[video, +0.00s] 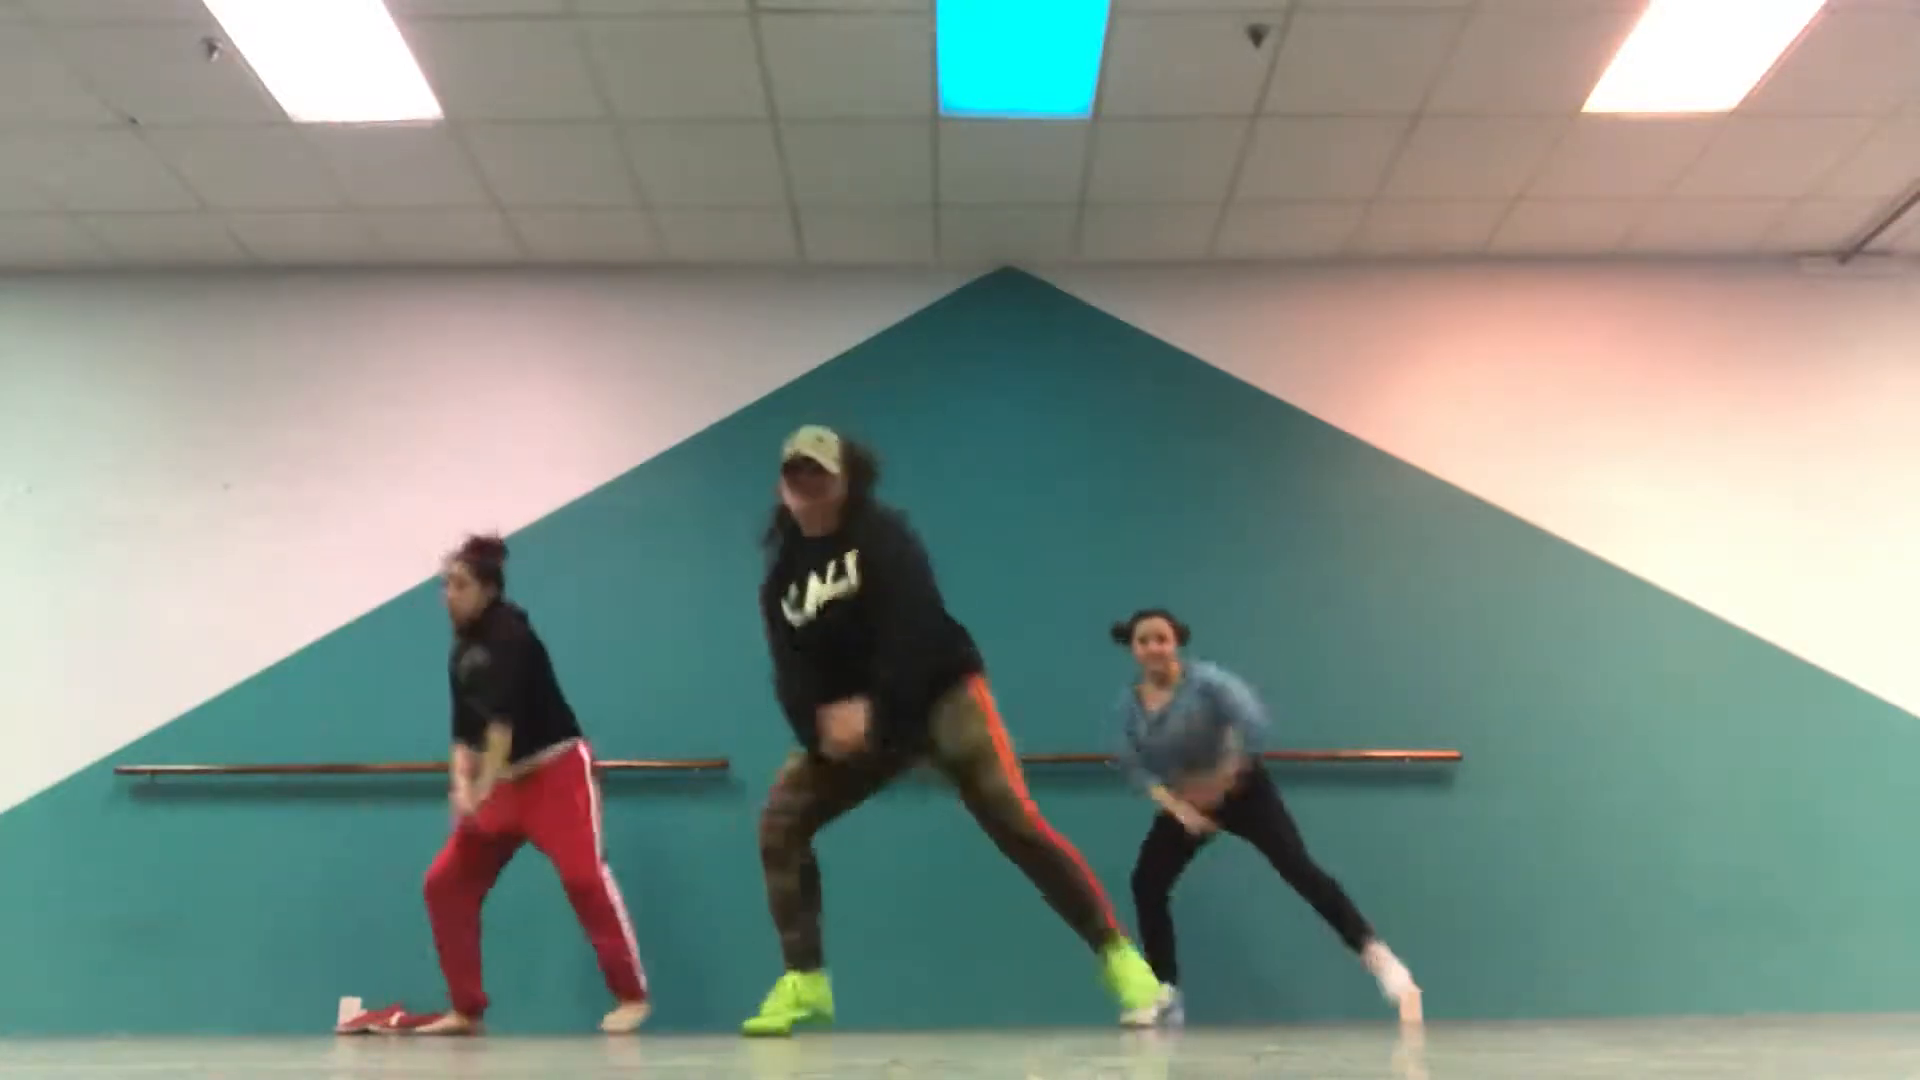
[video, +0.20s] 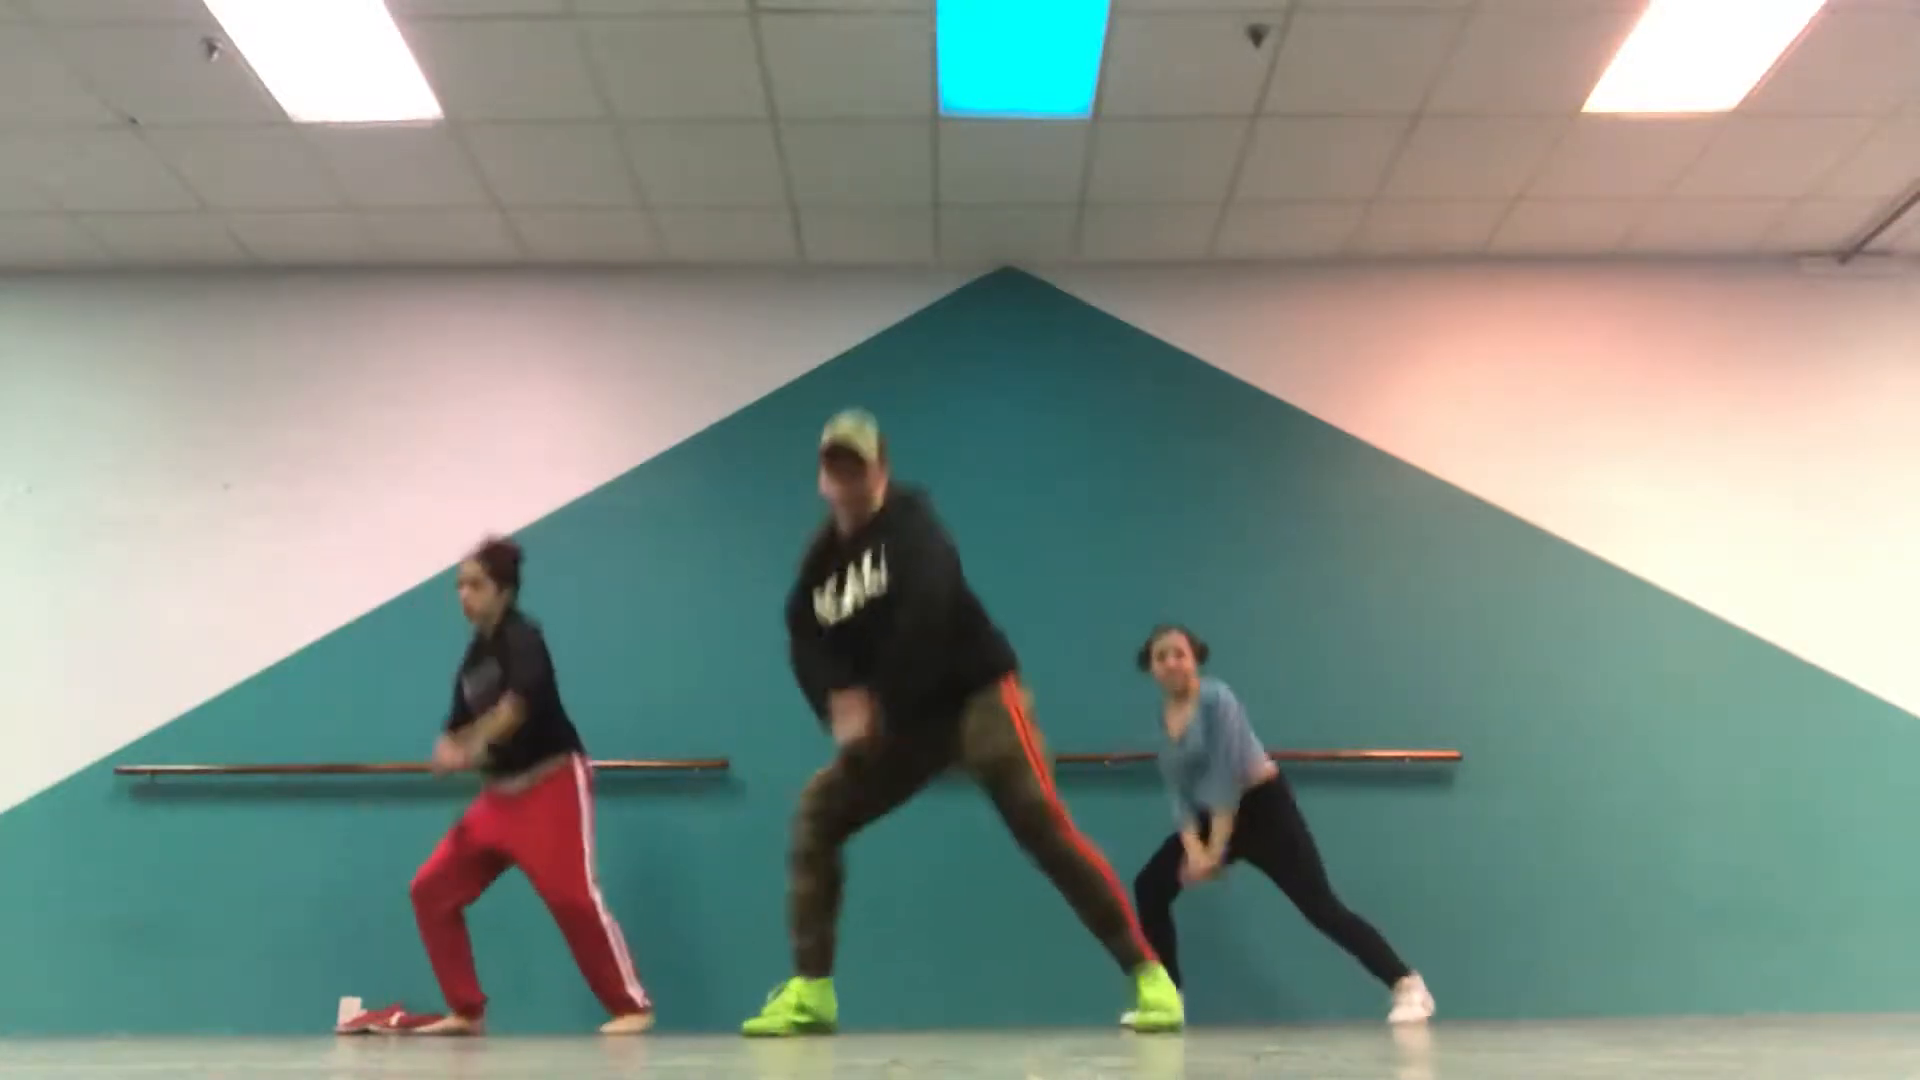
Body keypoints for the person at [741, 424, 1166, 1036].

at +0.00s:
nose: (803, 489)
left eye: (817, 476)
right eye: (792, 477)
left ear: (847, 483)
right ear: (781, 488)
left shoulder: (883, 535)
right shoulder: (781, 576)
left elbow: (913, 628)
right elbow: (789, 667)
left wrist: (878, 709)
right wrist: (817, 723)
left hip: (944, 696)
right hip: (864, 719)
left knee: (1013, 822)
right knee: (781, 824)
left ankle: (1118, 957)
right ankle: (805, 981)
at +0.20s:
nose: (843, 481)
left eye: (855, 468)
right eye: (833, 469)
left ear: (880, 471)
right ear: (821, 478)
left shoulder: (910, 520)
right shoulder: (822, 558)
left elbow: (925, 610)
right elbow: (805, 638)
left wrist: (877, 693)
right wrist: (837, 698)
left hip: (979, 695)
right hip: (904, 716)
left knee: (1038, 821)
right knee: (819, 814)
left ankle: (1147, 975)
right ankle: (811, 988)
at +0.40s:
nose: (879, 450)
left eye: (890, 438)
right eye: (869, 440)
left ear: (914, 441)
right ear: (853, 450)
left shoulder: (936, 489)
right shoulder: (835, 518)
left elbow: (938, 466)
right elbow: (758, 498)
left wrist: (862, 488)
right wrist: (812, 499)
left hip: (986, 655)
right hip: (917, 689)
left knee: (944, 731)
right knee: (925, 839)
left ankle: (1054, 779)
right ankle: (993, 972)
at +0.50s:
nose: (893, 451)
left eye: (904, 441)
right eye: (882, 440)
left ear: (924, 450)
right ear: (865, 451)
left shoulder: (952, 492)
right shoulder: (844, 505)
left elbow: (948, 520)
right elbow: (765, 522)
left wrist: (868, 544)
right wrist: (817, 548)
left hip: (986, 668)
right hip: (912, 693)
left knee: (898, 723)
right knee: (945, 858)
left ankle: (1008, 785)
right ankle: (1009, 982)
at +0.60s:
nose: (894, 438)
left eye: (907, 429)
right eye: (884, 428)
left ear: (928, 442)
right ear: (867, 438)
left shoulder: (956, 499)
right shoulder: (840, 509)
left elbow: (957, 581)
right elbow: (783, 582)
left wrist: (877, 626)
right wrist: (814, 639)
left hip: (973, 668)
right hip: (904, 685)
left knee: (903, 746)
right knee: (947, 842)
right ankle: (1007, 974)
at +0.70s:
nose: (888, 443)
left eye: (901, 434)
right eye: (879, 432)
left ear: (923, 448)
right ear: (861, 442)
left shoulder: (947, 513)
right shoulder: (831, 521)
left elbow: (951, 617)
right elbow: (819, 617)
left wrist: (900, 701)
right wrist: (830, 703)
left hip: (947, 688)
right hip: (878, 695)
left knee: (896, 816)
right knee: (953, 844)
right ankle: (1012, 982)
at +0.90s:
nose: (850, 410)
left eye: (866, 400)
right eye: (842, 396)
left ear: (890, 415)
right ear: (824, 403)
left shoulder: (910, 492)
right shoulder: (778, 480)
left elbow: (934, 579)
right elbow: (754, 576)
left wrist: (871, 641)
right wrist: (794, 643)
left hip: (889, 668)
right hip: (814, 672)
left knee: (852, 807)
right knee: (856, 825)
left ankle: (817, 979)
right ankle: (973, 950)